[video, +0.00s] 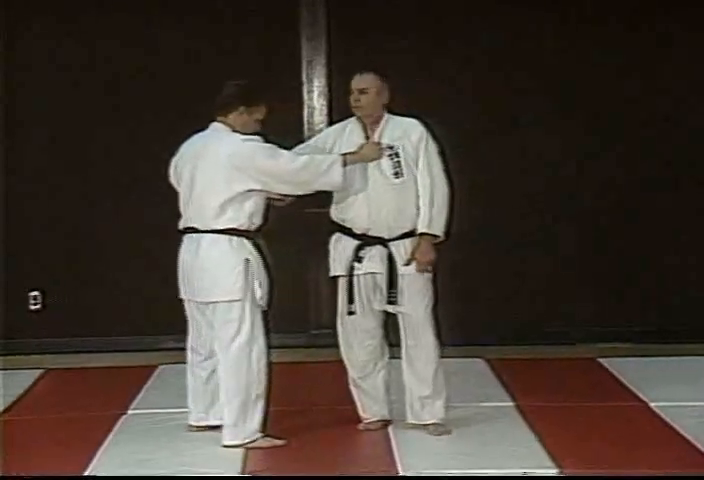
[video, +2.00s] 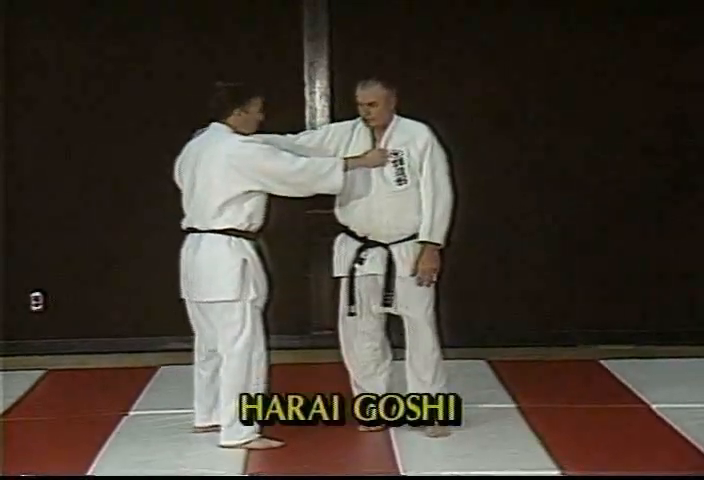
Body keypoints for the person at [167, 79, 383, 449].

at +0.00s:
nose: (260, 125)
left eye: (261, 118)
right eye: (257, 117)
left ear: (226, 113)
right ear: (238, 113)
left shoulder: (191, 146)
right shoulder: (243, 149)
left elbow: (176, 177)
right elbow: (295, 168)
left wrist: (255, 189)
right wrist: (355, 157)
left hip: (192, 251)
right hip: (229, 254)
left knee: (201, 342)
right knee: (240, 345)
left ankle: (203, 414)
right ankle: (241, 431)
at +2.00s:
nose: (261, 118)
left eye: (261, 110)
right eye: (257, 111)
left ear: (227, 114)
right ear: (237, 113)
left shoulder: (195, 146)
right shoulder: (242, 150)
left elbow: (179, 176)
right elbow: (296, 169)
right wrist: (359, 161)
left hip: (195, 251)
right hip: (229, 256)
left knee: (208, 344)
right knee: (242, 346)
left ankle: (207, 416)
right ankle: (239, 431)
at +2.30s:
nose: (256, 116)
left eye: (254, 109)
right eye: (251, 110)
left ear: (222, 114)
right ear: (230, 113)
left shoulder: (194, 146)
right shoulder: (239, 150)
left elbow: (180, 178)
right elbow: (293, 170)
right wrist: (355, 161)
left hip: (203, 250)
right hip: (236, 254)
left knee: (213, 341)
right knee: (245, 343)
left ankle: (208, 414)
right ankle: (239, 430)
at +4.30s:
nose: (312, 134)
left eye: (315, 128)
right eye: (312, 126)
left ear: (283, 115)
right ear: (297, 118)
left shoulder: (244, 139)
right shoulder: (280, 151)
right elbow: (330, 185)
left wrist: (335, 169)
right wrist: (388, 174)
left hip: (217, 243)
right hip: (246, 250)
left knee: (229, 337)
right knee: (260, 339)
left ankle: (225, 408)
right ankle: (262, 425)